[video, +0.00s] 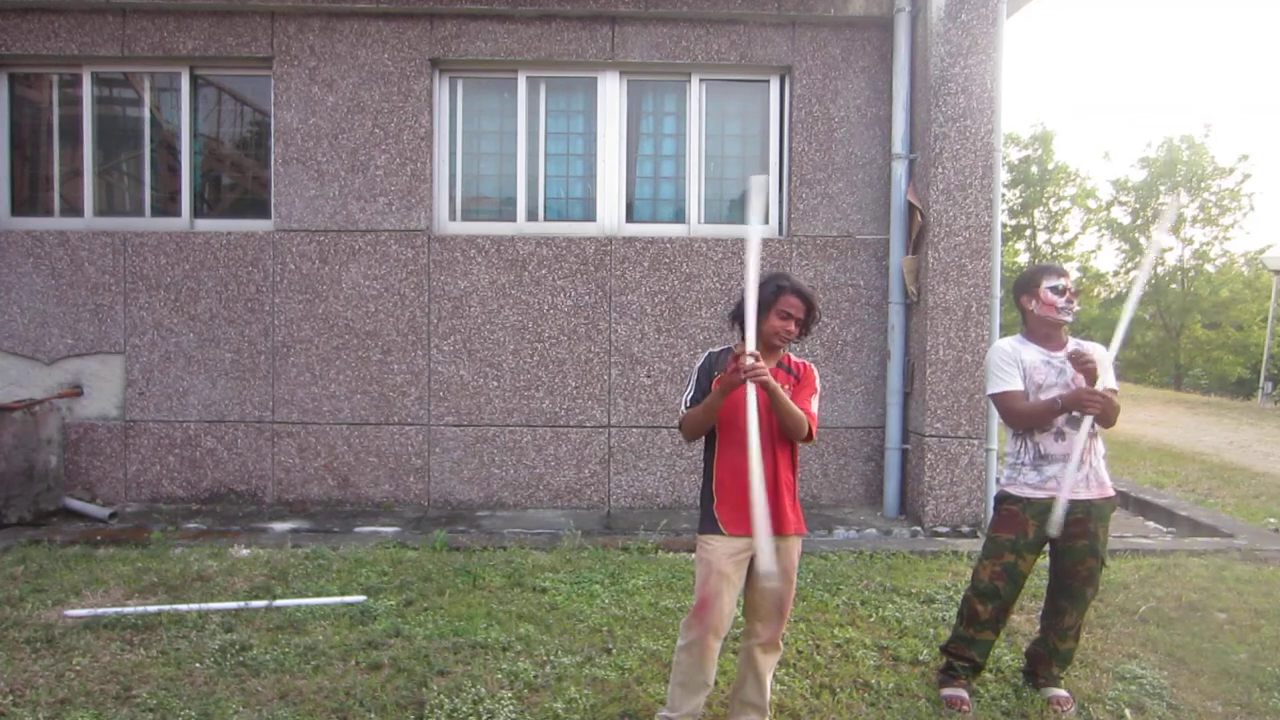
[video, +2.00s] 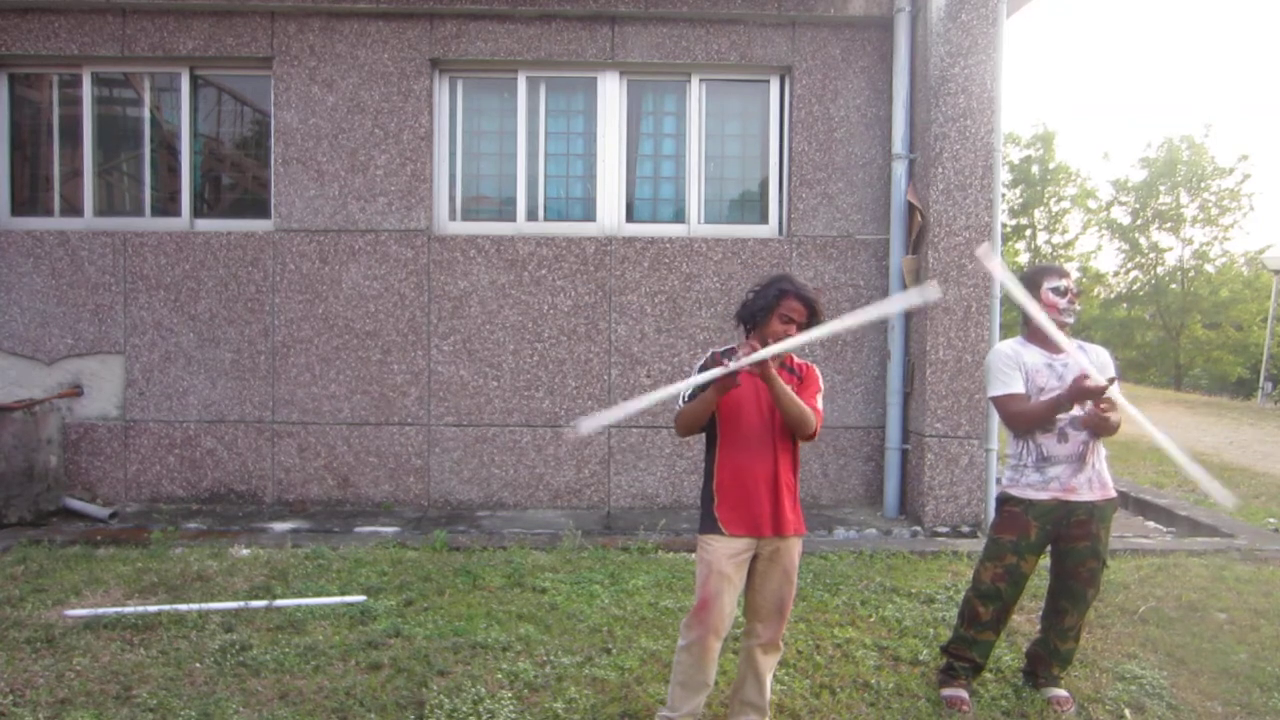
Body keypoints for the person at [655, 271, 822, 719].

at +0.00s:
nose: (791, 327)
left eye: (799, 321)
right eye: (783, 315)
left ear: (802, 327)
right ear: (756, 312)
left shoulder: (802, 372)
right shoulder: (718, 362)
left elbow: (803, 432)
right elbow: (689, 429)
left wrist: (771, 385)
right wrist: (722, 390)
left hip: (782, 520)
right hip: (725, 518)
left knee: (767, 635)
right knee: (707, 622)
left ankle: (749, 714)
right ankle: (678, 714)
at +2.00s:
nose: (792, 331)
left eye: (800, 325)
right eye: (785, 319)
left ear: (805, 330)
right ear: (758, 317)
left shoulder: (805, 372)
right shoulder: (719, 362)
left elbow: (808, 428)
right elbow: (684, 426)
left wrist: (771, 374)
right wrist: (722, 385)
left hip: (783, 521)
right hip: (726, 520)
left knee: (767, 636)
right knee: (707, 626)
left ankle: (749, 715)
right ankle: (678, 714)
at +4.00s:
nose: (794, 312)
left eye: (802, 308)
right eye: (785, 303)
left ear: (808, 320)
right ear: (759, 310)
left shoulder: (807, 369)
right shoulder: (723, 360)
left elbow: (814, 414)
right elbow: (696, 421)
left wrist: (779, 354)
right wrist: (728, 370)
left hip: (784, 520)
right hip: (726, 519)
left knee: (767, 636)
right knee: (708, 622)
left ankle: (749, 714)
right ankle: (678, 713)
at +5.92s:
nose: (792, 315)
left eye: (792, 307)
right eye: (784, 308)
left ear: (779, 313)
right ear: (753, 314)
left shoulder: (791, 356)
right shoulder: (714, 349)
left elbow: (801, 415)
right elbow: (669, 393)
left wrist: (774, 376)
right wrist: (720, 369)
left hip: (780, 515)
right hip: (725, 516)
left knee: (767, 631)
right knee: (707, 623)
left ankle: (750, 713)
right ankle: (678, 713)